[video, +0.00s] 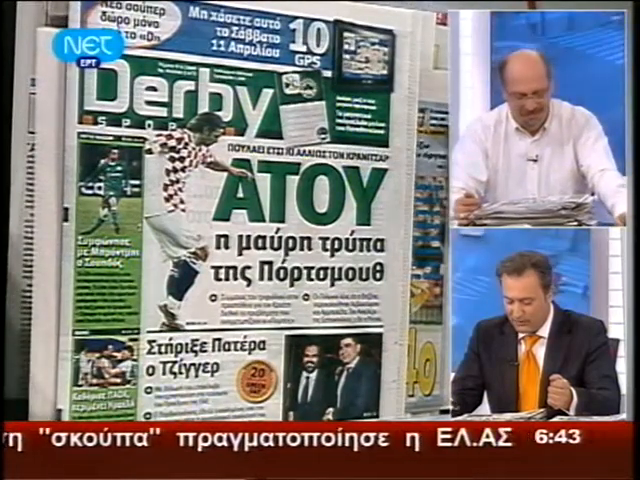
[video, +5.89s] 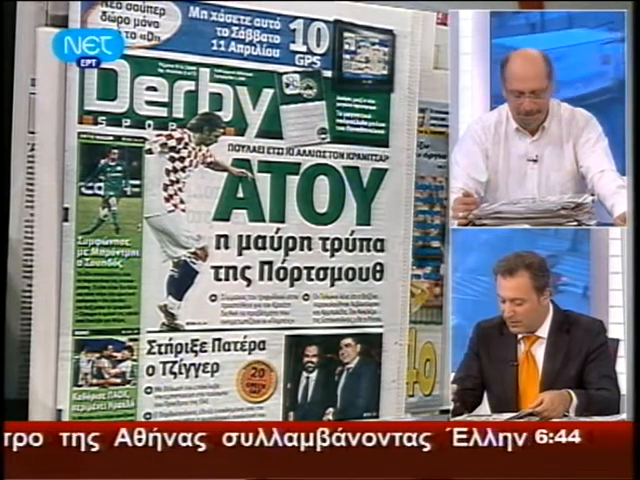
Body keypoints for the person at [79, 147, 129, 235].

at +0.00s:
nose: (115, 156)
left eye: (116, 154)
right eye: (113, 154)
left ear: (118, 155)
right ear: (109, 155)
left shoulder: (122, 165)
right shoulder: (104, 165)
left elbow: (126, 177)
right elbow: (95, 174)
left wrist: (128, 187)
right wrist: (86, 182)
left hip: (118, 189)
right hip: (108, 189)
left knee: (105, 213)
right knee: (113, 205)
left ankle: (91, 230)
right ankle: (116, 225)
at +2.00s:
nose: (115, 156)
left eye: (116, 154)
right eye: (113, 154)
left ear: (118, 155)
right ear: (109, 155)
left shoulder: (122, 165)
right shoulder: (104, 164)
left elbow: (126, 177)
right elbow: (96, 174)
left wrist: (128, 187)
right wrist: (86, 182)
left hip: (118, 189)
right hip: (108, 189)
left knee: (105, 213)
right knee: (113, 205)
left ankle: (90, 231)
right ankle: (116, 225)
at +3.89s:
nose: (115, 156)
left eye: (116, 154)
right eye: (113, 154)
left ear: (118, 155)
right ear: (109, 154)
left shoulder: (122, 165)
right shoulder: (104, 165)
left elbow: (126, 176)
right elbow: (95, 175)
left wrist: (127, 186)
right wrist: (85, 182)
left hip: (118, 190)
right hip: (108, 189)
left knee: (105, 213)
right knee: (113, 205)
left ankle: (91, 230)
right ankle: (116, 225)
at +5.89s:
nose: (115, 156)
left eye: (116, 154)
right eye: (113, 154)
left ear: (118, 155)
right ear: (109, 154)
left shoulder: (122, 165)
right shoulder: (104, 165)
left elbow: (126, 176)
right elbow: (95, 174)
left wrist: (127, 186)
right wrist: (85, 182)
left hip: (118, 190)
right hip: (108, 189)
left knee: (105, 213)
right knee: (113, 205)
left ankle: (91, 230)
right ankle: (116, 226)